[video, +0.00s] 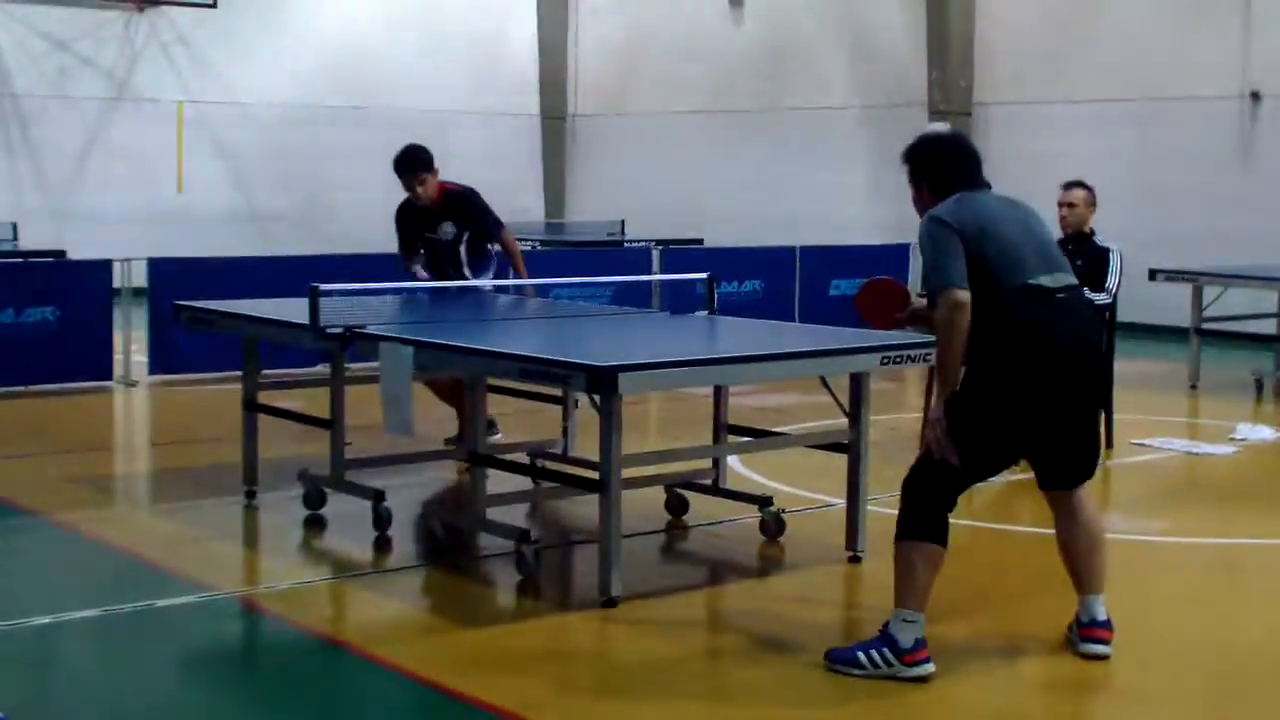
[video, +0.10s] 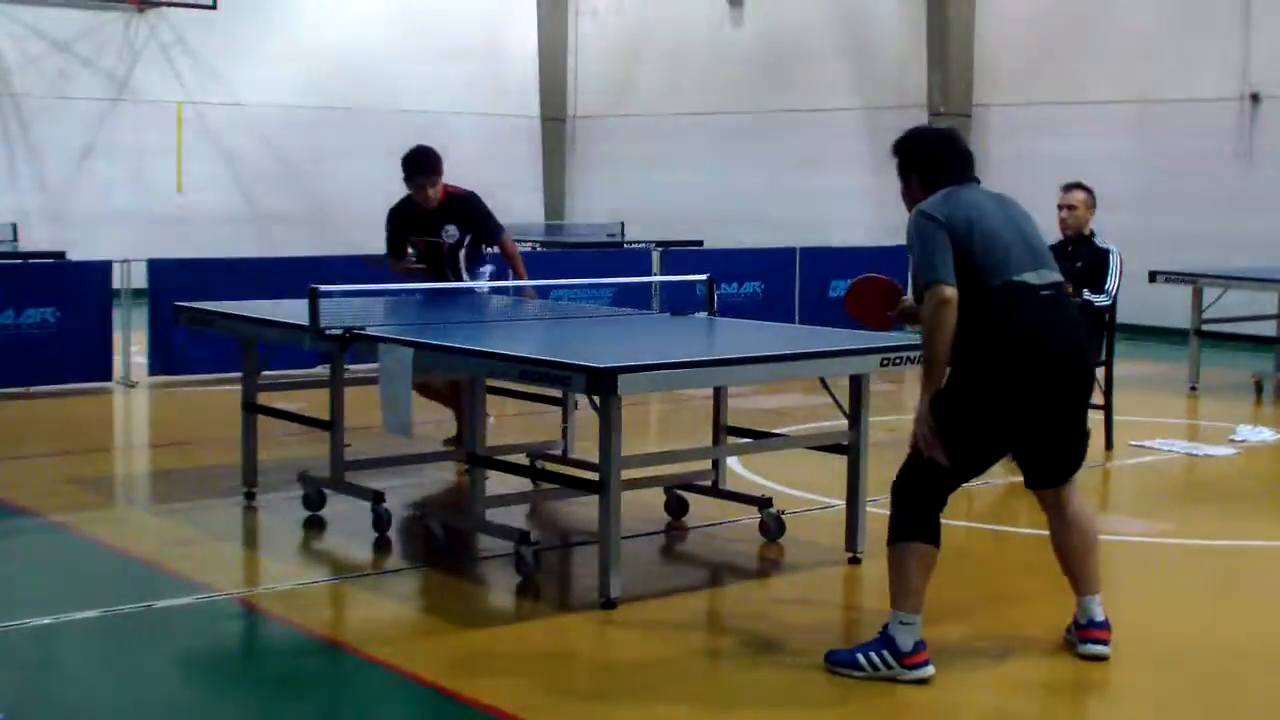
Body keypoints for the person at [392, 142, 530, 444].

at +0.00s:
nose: (418, 192)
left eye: (422, 183)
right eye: (410, 187)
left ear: (435, 174)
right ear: (402, 184)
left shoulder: (464, 199)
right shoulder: (406, 213)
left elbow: (505, 237)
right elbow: (408, 260)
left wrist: (525, 284)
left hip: (477, 297)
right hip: (439, 300)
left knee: (468, 364)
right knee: (426, 367)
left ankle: (471, 434)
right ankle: (479, 420)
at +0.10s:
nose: (427, 195)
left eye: (432, 186)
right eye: (419, 188)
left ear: (442, 178)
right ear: (407, 184)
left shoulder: (466, 203)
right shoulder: (399, 214)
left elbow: (505, 243)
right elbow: (396, 263)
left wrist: (525, 285)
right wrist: (420, 271)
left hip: (468, 302)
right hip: (429, 304)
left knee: (465, 373)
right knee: (419, 376)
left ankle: (471, 461)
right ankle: (470, 413)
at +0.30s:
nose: (425, 182)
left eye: (431, 174)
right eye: (417, 175)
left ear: (438, 171)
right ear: (402, 172)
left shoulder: (453, 202)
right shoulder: (382, 205)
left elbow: (483, 249)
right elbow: (361, 256)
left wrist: (495, 292)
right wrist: (393, 264)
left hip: (447, 303)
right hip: (400, 303)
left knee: (452, 368)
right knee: (370, 354)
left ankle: (464, 439)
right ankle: (383, 422)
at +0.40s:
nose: (411, 179)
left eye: (417, 171)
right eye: (403, 171)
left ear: (425, 169)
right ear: (388, 170)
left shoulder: (437, 200)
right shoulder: (367, 203)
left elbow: (462, 246)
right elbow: (345, 252)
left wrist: (475, 289)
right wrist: (368, 263)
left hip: (431, 299)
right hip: (384, 299)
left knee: (449, 368)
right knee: (350, 360)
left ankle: (464, 439)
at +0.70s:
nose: (380, 175)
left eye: (384, 167)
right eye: (371, 167)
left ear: (389, 166)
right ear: (354, 168)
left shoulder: (401, 200)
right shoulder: (330, 204)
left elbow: (422, 248)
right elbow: (305, 254)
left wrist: (425, 291)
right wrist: (323, 278)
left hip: (398, 299)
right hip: (349, 300)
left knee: (437, 352)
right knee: (323, 359)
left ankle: (446, 428)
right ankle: (316, 431)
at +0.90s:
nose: (355, 194)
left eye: (359, 186)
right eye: (347, 188)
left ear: (367, 186)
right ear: (333, 190)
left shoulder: (388, 221)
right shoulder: (320, 228)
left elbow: (408, 271)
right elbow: (303, 277)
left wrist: (399, 313)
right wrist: (288, 312)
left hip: (388, 317)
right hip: (342, 318)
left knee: (430, 361)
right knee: (304, 364)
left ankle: (443, 431)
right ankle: (303, 433)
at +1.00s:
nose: (318, 198)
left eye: (324, 189)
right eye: (310, 192)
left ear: (336, 188)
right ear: (303, 195)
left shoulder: (354, 219)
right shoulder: (301, 231)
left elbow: (366, 273)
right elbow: (301, 281)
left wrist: (345, 307)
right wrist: (295, 309)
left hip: (361, 312)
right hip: (318, 314)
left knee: (409, 361)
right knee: (284, 353)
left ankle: (447, 425)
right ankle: (281, 428)